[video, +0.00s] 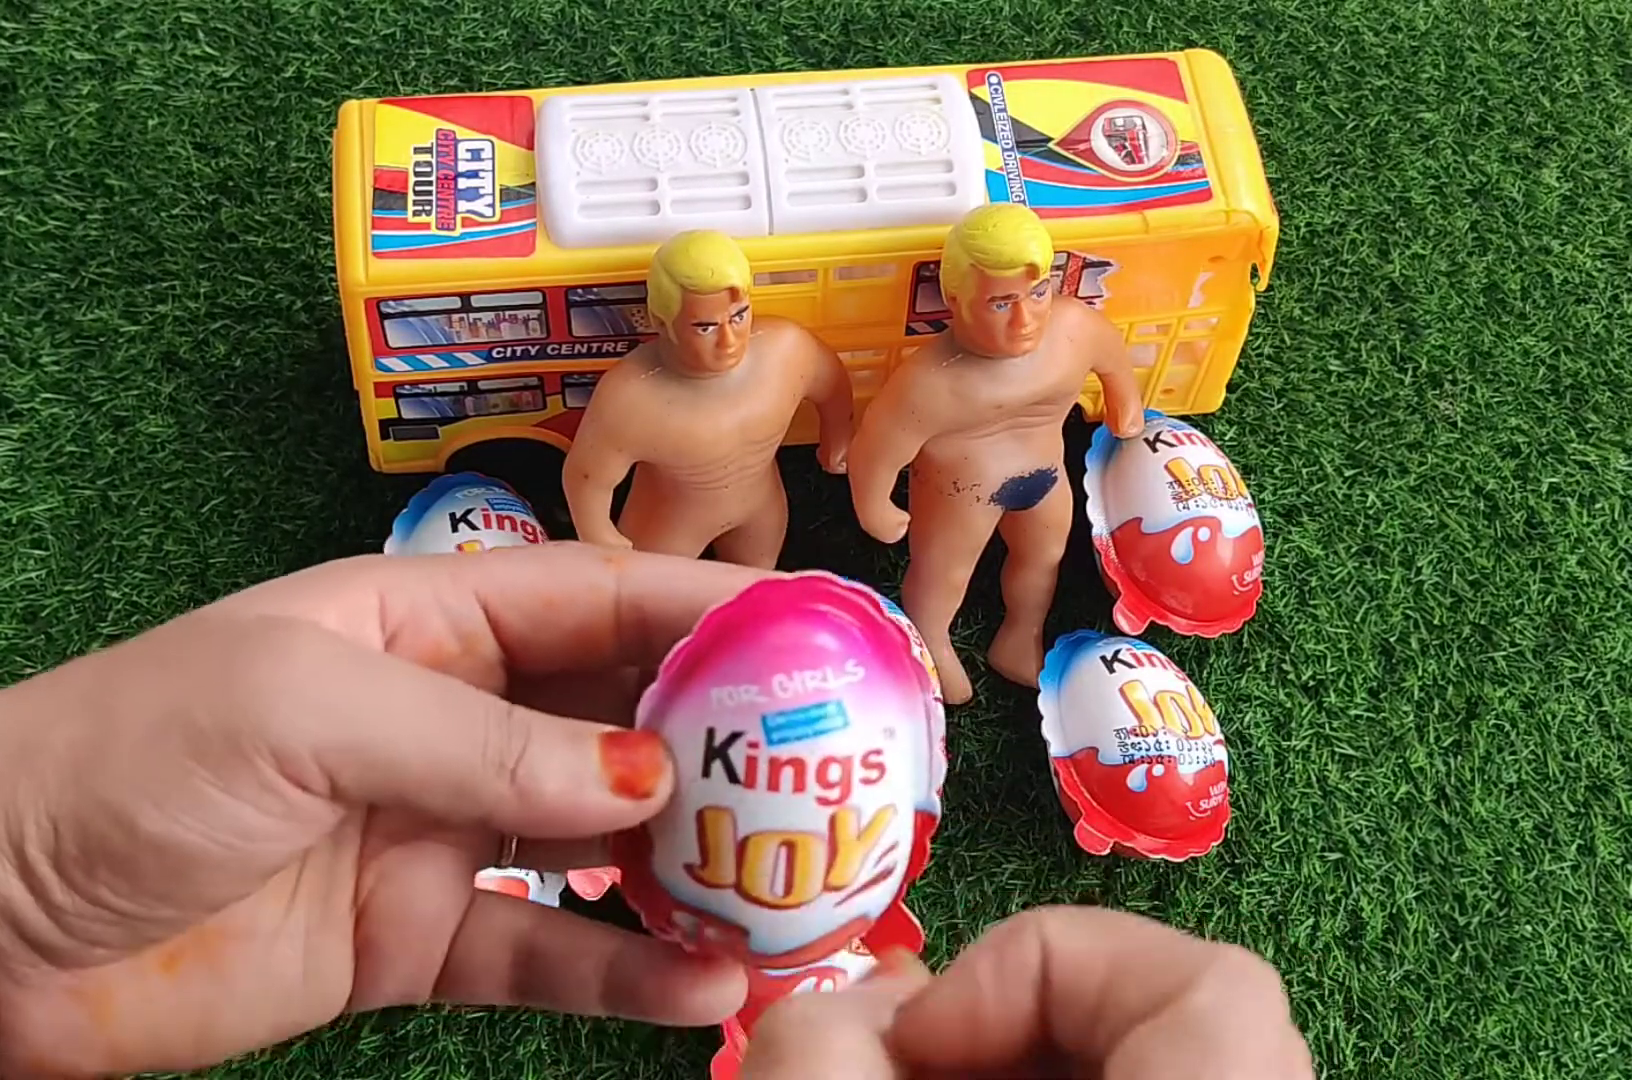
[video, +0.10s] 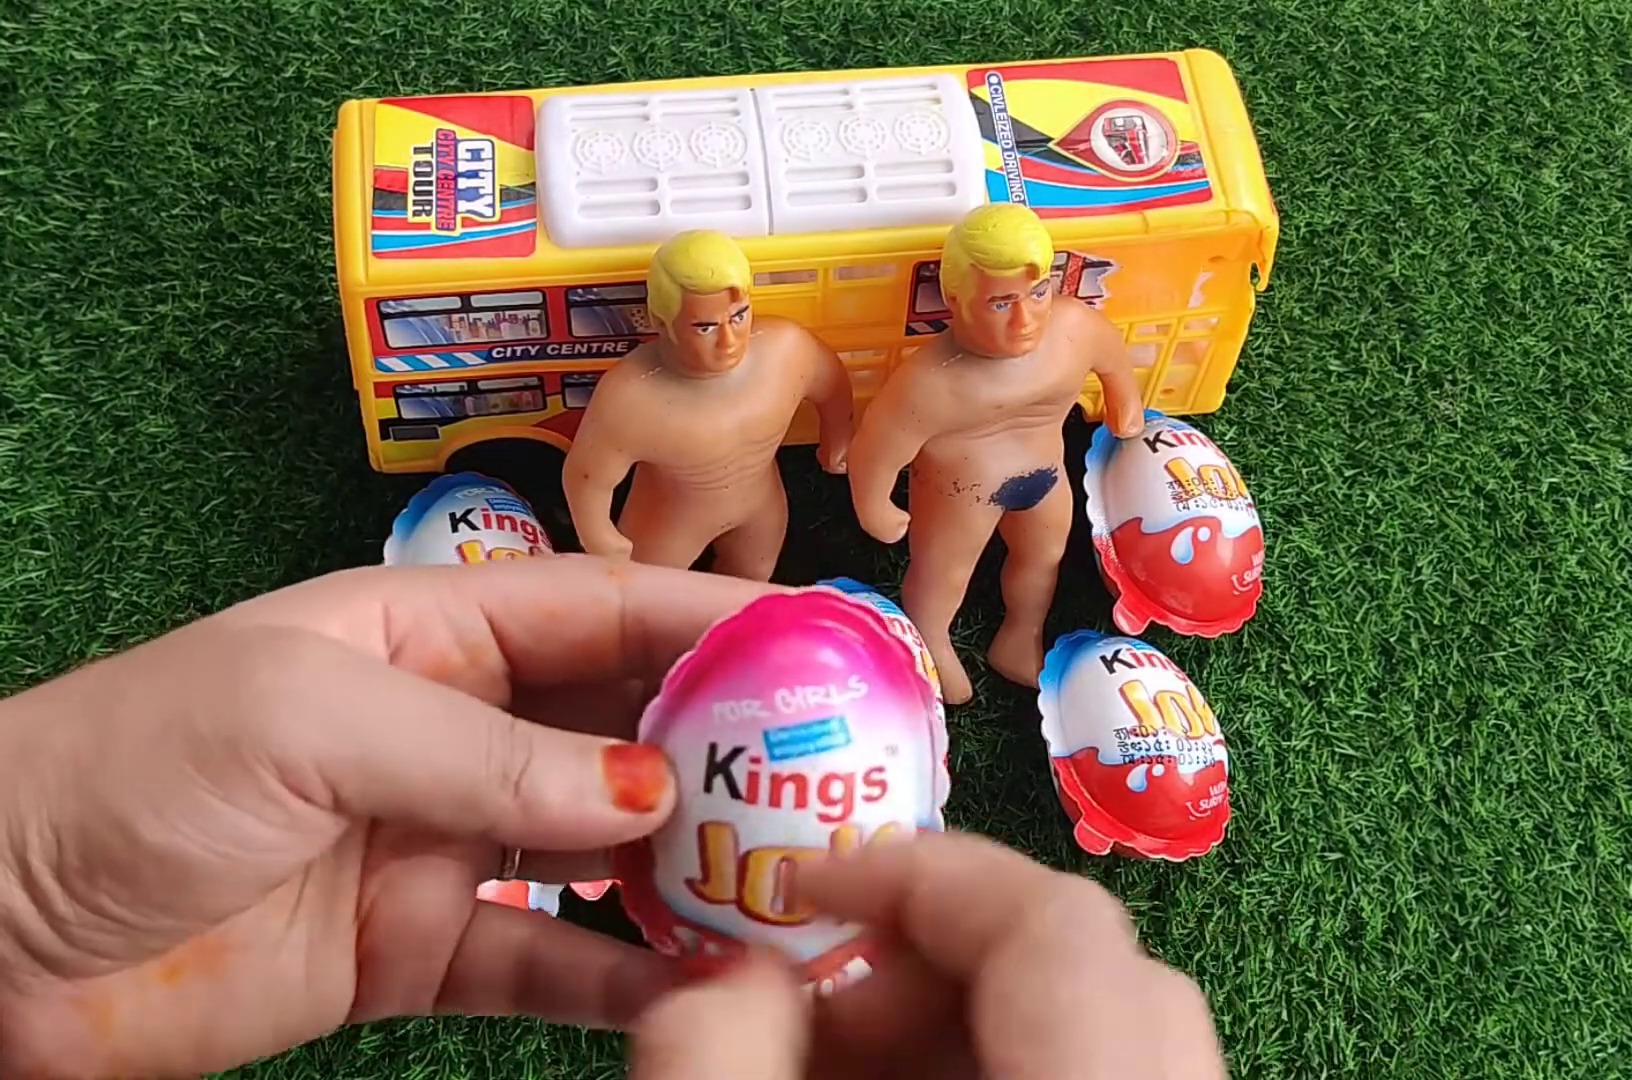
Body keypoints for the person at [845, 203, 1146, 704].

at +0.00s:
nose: (1024, 317)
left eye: (1037, 294)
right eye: (1000, 303)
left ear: (1051, 283)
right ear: (954, 301)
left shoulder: (1078, 327)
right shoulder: (927, 383)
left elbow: (1114, 361)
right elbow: (873, 452)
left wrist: (1127, 410)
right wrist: (877, 513)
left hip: (1045, 476)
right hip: (960, 490)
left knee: (1041, 560)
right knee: (942, 576)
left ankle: (1020, 642)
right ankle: (931, 643)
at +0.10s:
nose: (1024, 317)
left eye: (1037, 294)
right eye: (1000, 303)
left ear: (1051, 283)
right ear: (953, 301)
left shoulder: (1078, 327)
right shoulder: (927, 383)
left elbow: (1114, 361)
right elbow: (873, 452)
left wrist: (1126, 410)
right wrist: (877, 513)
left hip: (1045, 476)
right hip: (959, 491)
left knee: (1041, 560)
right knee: (942, 576)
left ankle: (1020, 642)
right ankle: (931, 643)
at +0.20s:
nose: (1023, 317)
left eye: (1036, 295)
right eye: (1000, 303)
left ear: (1050, 284)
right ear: (953, 303)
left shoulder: (1078, 327)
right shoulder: (926, 383)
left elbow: (1114, 361)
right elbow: (873, 452)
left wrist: (1127, 410)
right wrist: (877, 513)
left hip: (1045, 476)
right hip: (959, 491)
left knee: (1041, 561)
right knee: (942, 577)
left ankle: (1020, 642)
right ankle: (932, 644)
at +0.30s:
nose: (1024, 317)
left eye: (1036, 295)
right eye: (1000, 303)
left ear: (1051, 283)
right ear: (954, 301)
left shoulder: (1078, 327)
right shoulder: (927, 383)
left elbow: (1114, 360)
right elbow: (873, 452)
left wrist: (1126, 411)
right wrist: (877, 513)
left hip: (1045, 476)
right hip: (959, 491)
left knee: (1041, 560)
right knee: (942, 577)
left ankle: (1020, 642)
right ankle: (931, 644)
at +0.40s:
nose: (1024, 317)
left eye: (1036, 295)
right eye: (1000, 303)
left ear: (1051, 283)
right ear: (954, 301)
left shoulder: (1078, 327)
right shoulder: (926, 383)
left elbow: (1114, 360)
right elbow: (873, 452)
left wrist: (1126, 411)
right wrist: (877, 513)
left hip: (1045, 476)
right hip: (959, 491)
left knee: (1041, 560)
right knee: (942, 577)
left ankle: (1020, 642)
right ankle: (931, 644)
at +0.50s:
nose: (1023, 317)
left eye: (1036, 295)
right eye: (1000, 303)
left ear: (1051, 283)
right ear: (954, 301)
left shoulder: (1078, 327)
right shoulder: (927, 383)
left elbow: (1114, 360)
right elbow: (873, 452)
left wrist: (1126, 410)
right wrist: (877, 513)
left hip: (1045, 476)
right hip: (959, 491)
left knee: (1041, 560)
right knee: (942, 576)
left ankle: (1020, 642)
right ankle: (931, 644)